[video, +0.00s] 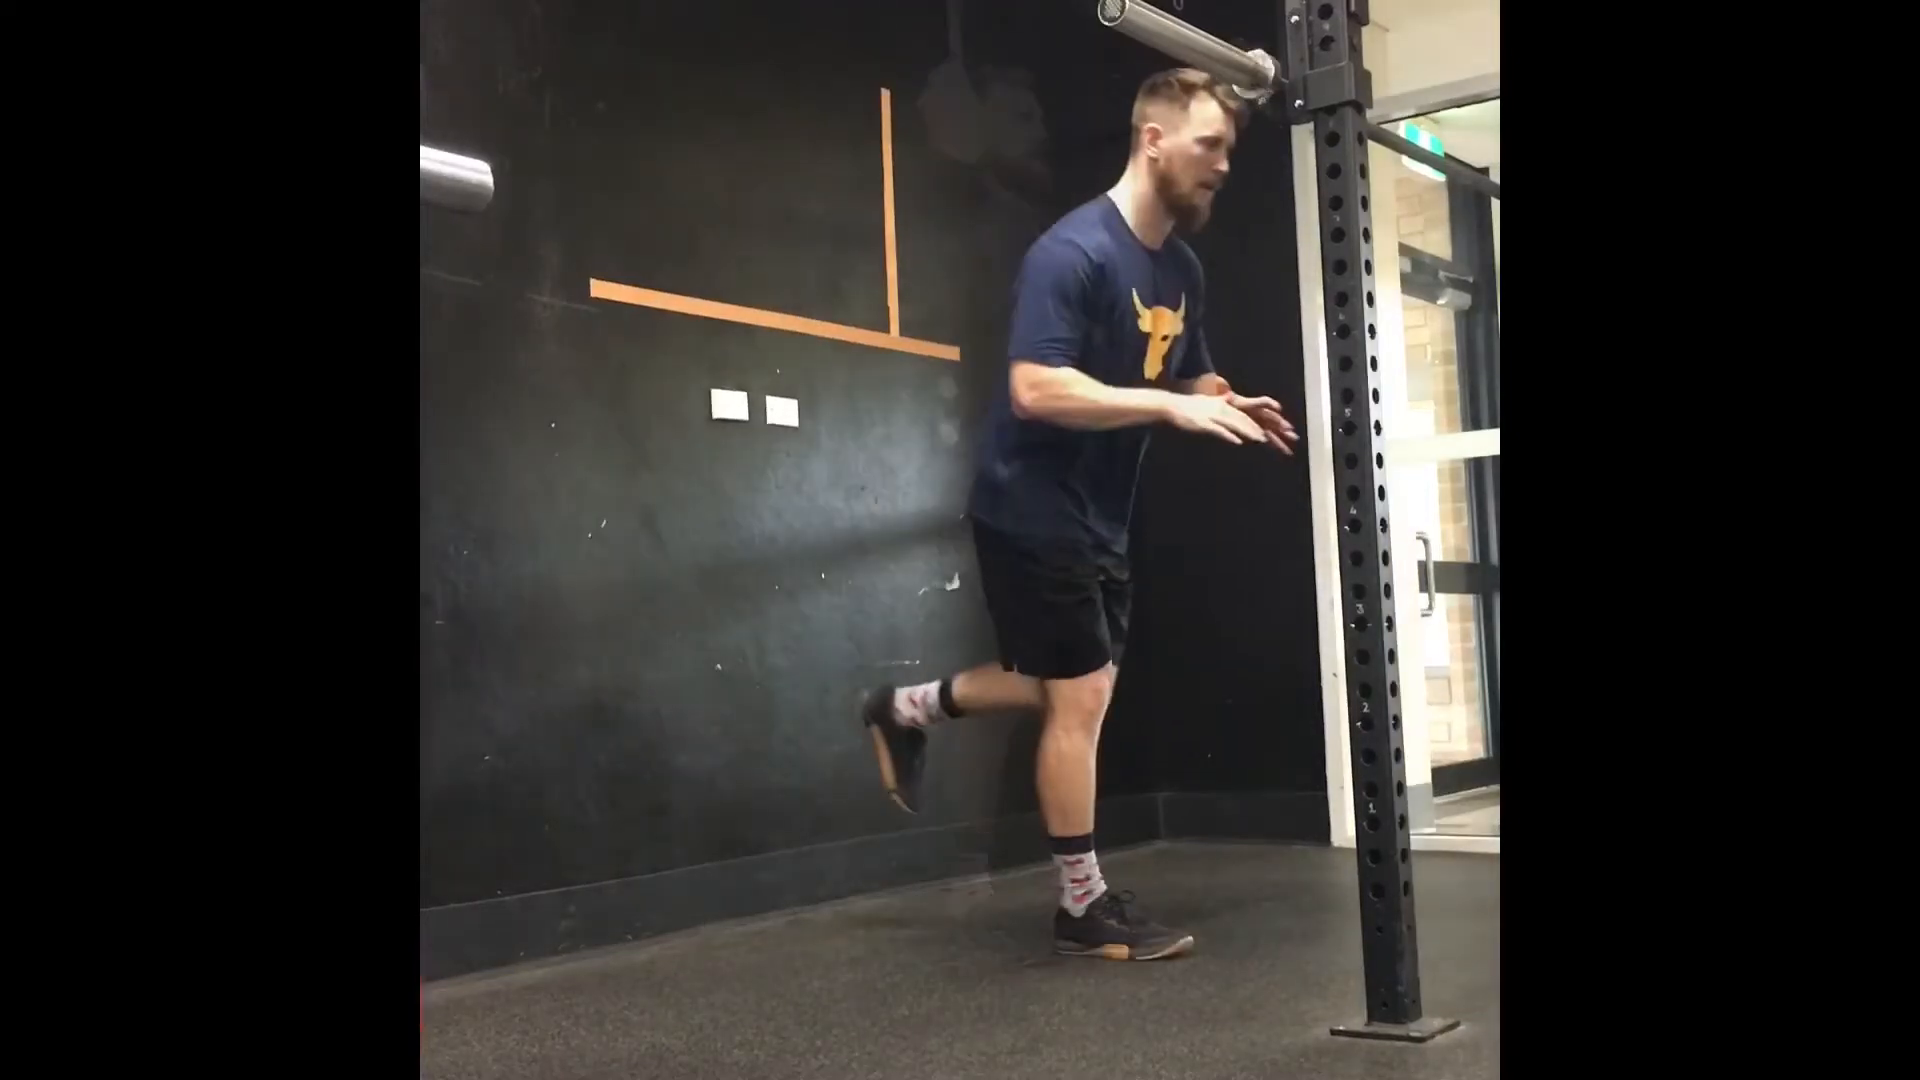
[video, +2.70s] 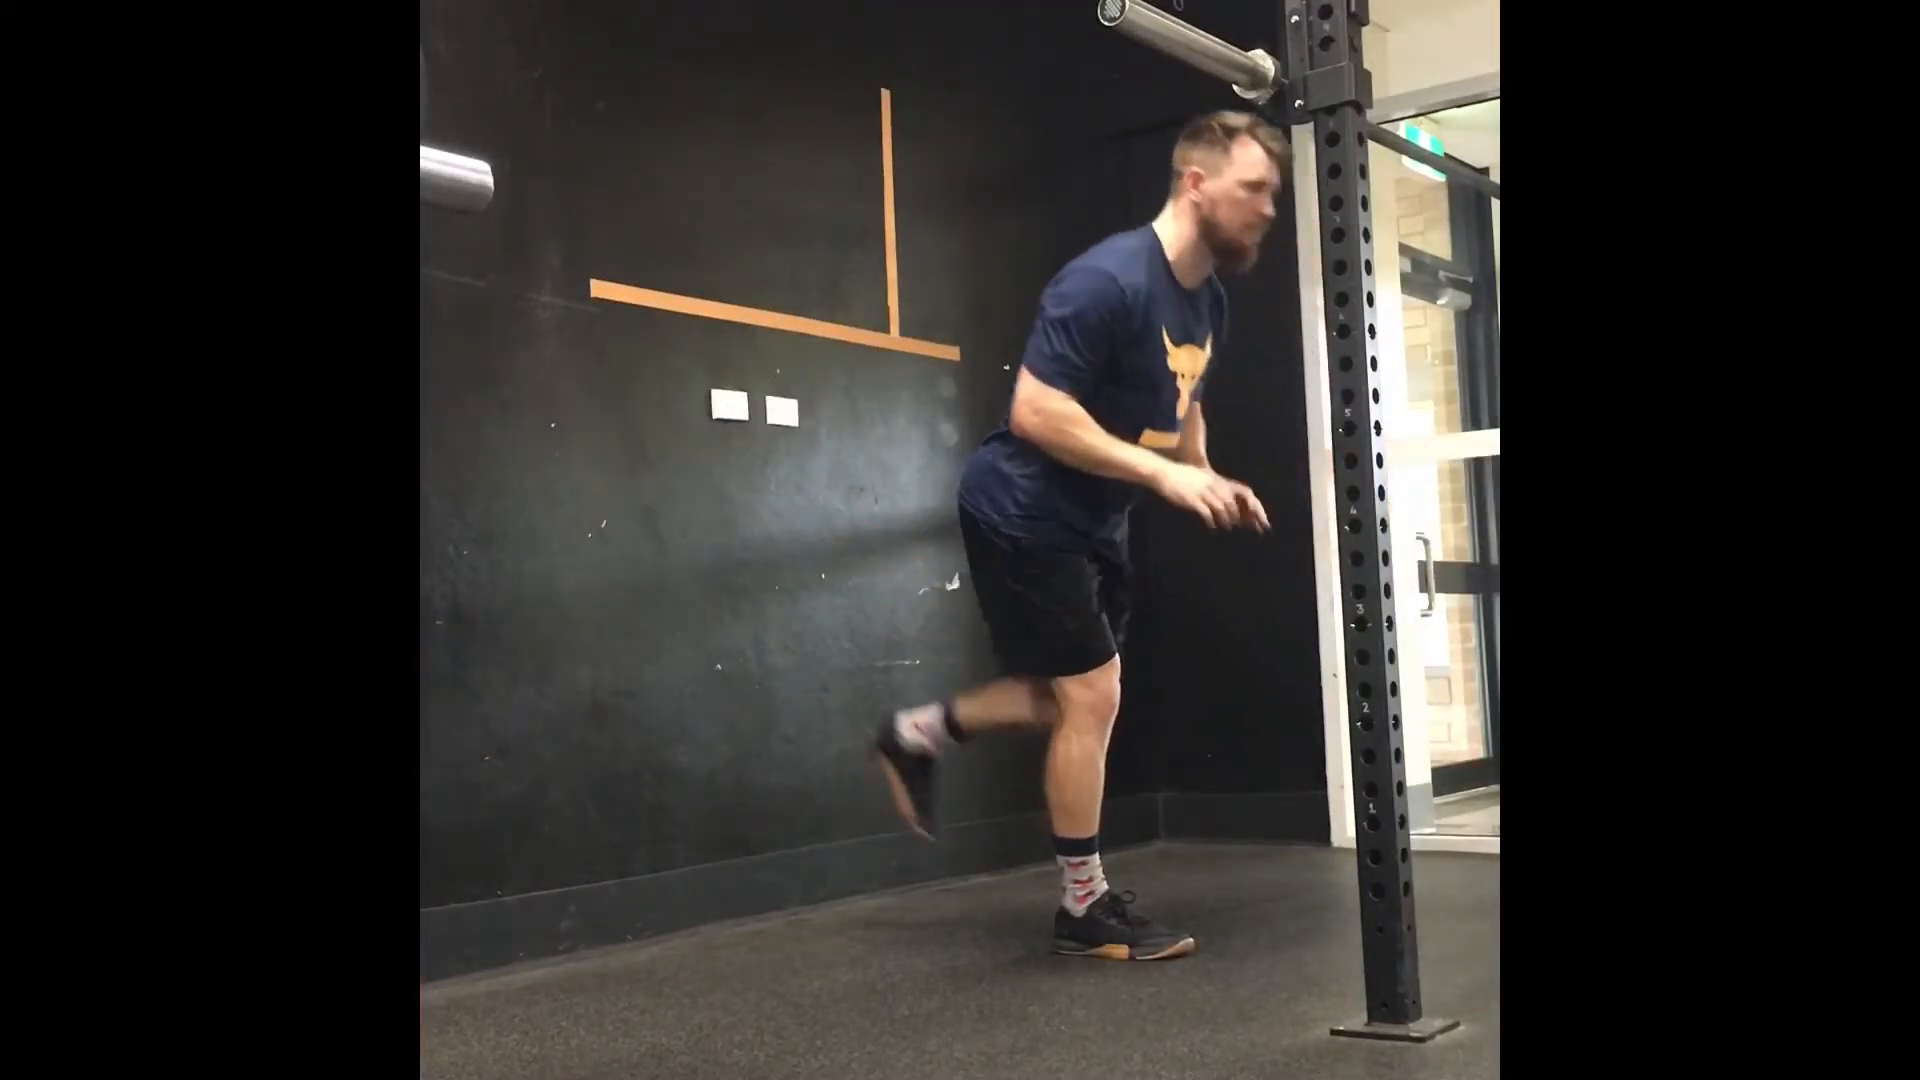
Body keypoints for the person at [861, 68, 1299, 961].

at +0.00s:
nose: (1222, 168)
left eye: (1227, 151)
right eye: (1209, 147)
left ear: (1196, 152)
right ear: (1150, 139)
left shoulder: (1181, 268)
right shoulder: (1068, 254)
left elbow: (1176, 380)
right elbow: (1036, 390)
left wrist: (1224, 402)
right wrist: (1174, 408)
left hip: (1105, 517)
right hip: (1033, 513)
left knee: (1080, 683)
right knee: (1078, 694)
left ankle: (909, 706)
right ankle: (1081, 903)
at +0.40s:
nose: (1288, 232)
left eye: (1292, 214)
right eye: (1274, 211)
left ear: (1238, 213)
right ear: (1213, 202)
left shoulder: (1222, 317)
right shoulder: (1121, 287)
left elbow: (1269, 417)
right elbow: (1141, 434)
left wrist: (1357, 436)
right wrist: (1293, 449)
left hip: (1065, 517)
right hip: (1009, 505)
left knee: (1018, 678)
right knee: (1077, 692)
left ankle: (848, 644)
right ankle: (1082, 906)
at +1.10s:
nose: (1337, 332)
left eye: (1340, 315)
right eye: (1328, 312)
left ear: (1285, 303)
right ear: (1272, 297)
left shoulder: (1274, 386)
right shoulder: (1170, 355)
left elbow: (1365, 463)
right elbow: (1248, 486)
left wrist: (1471, 503)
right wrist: (1390, 502)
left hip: (1045, 519)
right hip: (999, 507)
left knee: (952, 621)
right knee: (1076, 686)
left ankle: (815, 511)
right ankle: (1083, 907)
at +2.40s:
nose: (1328, 304)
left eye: (1332, 287)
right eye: (1320, 284)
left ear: (1280, 280)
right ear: (1260, 272)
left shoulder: (1266, 373)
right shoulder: (1160, 340)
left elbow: (1291, 496)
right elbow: (1161, 495)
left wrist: (1381, 562)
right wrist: (1304, 543)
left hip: (1055, 522)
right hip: (1009, 507)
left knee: (945, 631)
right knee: (1085, 690)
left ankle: (805, 538)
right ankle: (1082, 906)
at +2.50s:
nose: (1317, 273)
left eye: (1321, 254)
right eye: (1306, 252)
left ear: (1266, 250)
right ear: (1246, 244)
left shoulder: (1248, 351)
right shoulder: (1144, 324)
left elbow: (1244, 476)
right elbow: (1105, 471)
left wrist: (1291, 558)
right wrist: (1236, 535)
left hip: (1069, 522)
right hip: (1013, 507)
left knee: (974, 662)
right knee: (1090, 691)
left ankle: (823, 598)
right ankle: (1083, 904)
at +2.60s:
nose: (1299, 242)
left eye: (1302, 224)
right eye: (1285, 222)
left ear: (1250, 225)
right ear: (1225, 217)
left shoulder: (1230, 331)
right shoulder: (1127, 305)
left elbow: (1207, 441)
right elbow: (1064, 443)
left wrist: (1234, 520)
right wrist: (1192, 513)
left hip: (1081, 525)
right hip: (1019, 509)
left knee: (1028, 694)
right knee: (1093, 690)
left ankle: (861, 666)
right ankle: (1084, 903)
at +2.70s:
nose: (1269, 209)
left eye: (1273, 192)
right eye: (1254, 189)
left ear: (1216, 192)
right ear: (1195, 184)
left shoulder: (1208, 299)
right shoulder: (1105, 281)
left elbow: (1184, 402)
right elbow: (1035, 412)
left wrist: (1203, 478)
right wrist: (1162, 469)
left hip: (1099, 517)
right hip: (1026, 511)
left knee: (1075, 694)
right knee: (1088, 695)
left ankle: (917, 732)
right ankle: (1083, 903)